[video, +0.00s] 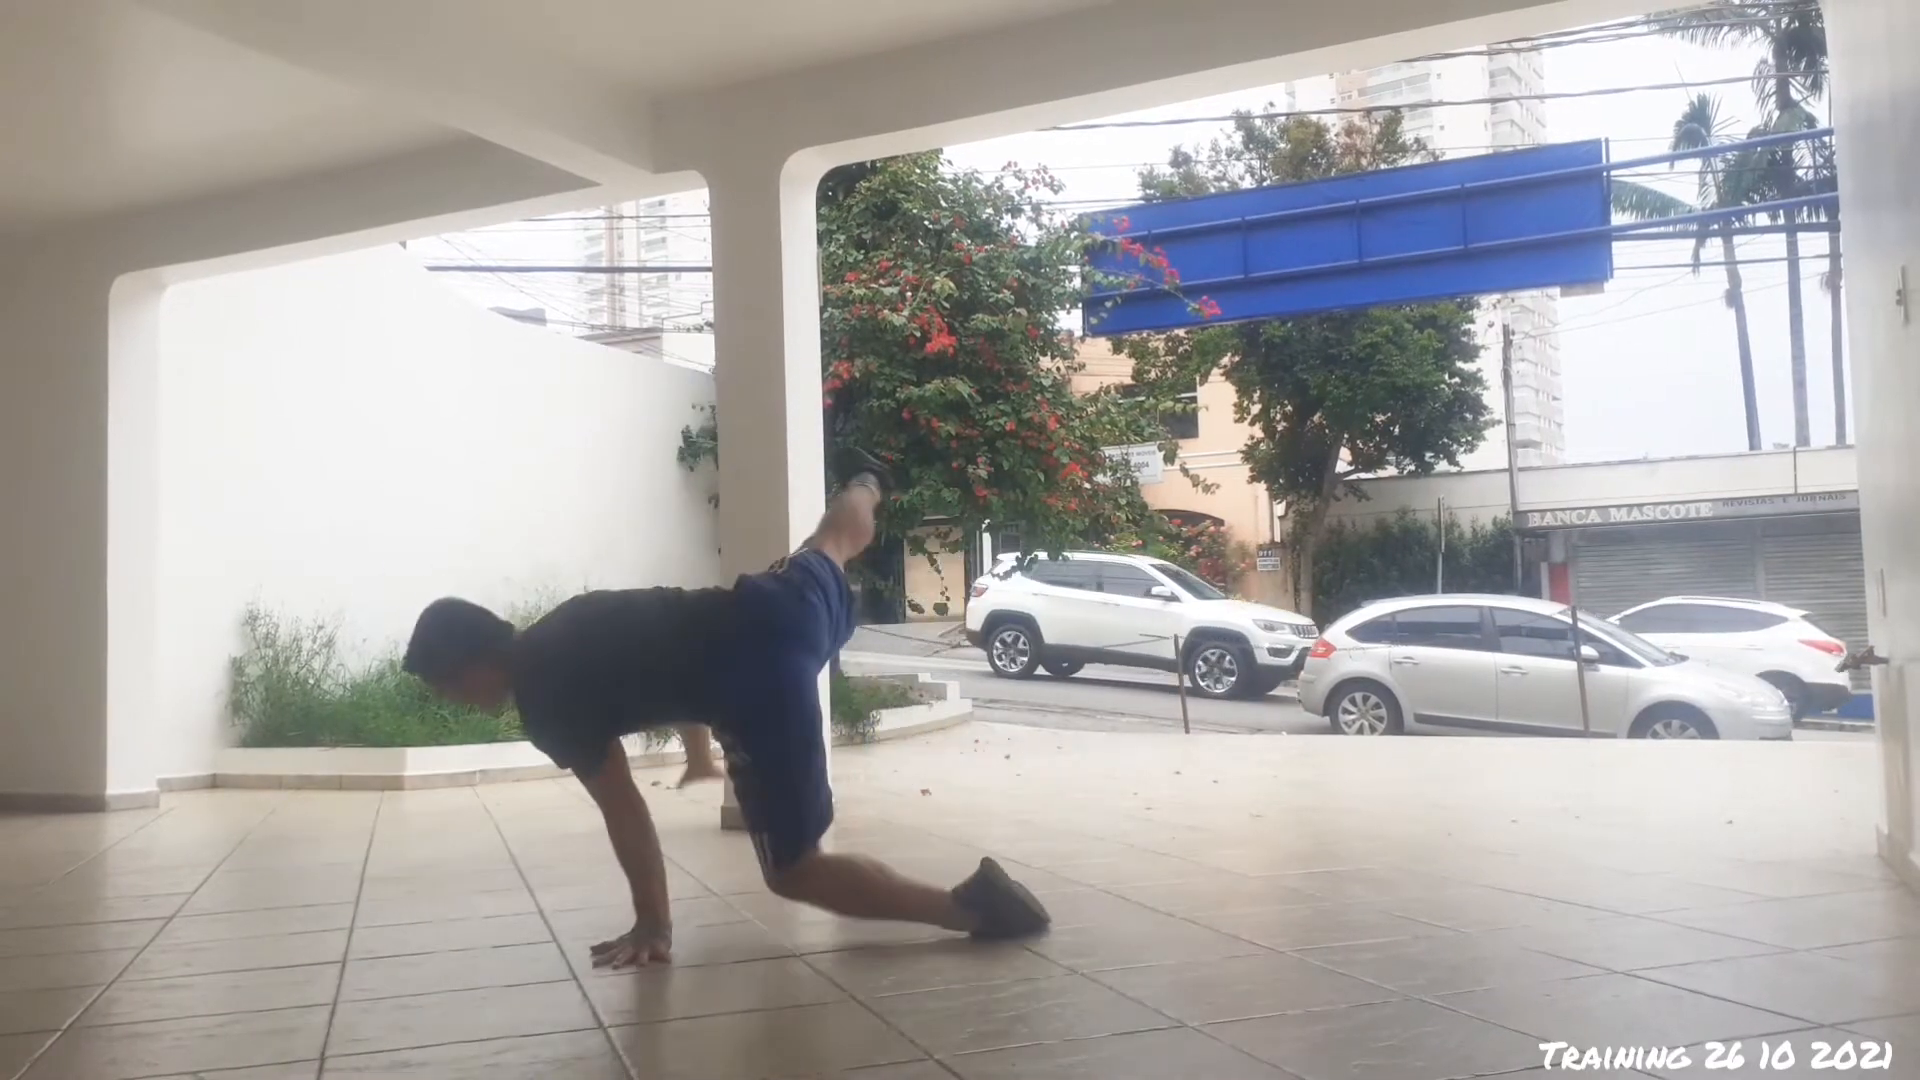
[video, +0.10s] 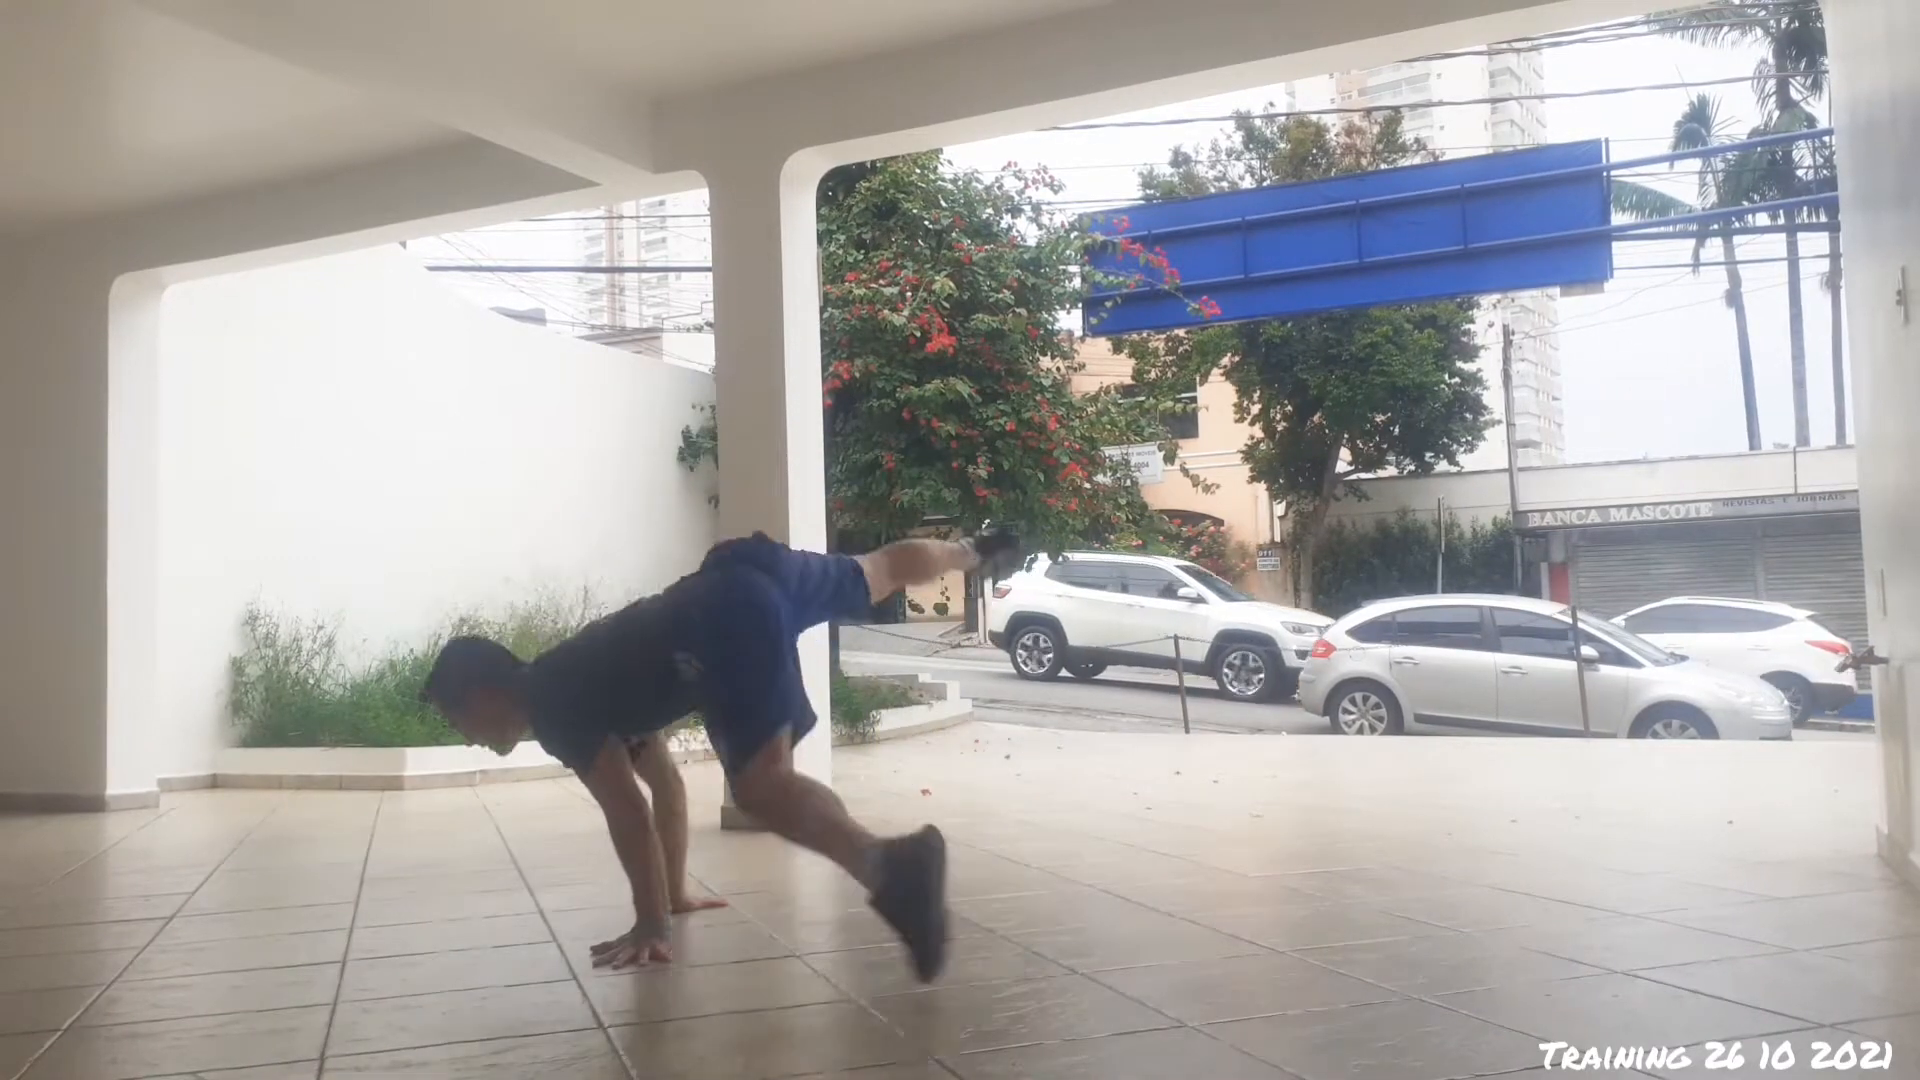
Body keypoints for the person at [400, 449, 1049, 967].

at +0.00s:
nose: (457, 705)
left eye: (448, 691)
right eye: (445, 696)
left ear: (469, 665)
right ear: (489, 630)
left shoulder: (544, 699)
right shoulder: (573, 617)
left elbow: (629, 813)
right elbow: (673, 653)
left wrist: (652, 929)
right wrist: (709, 754)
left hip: (758, 683)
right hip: (772, 604)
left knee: (793, 871)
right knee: (839, 540)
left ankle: (966, 909)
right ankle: (866, 490)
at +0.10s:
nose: (468, 734)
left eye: (460, 718)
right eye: (457, 724)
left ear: (489, 691)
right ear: (501, 675)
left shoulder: (553, 703)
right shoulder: (588, 673)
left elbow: (627, 806)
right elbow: (661, 784)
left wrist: (649, 924)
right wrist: (677, 889)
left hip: (729, 620)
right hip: (755, 570)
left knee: (760, 785)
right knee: (880, 571)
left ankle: (887, 865)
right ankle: (978, 553)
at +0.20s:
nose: (483, 753)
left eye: (477, 733)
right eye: (472, 740)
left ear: (501, 704)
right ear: (512, 698)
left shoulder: (558, 699)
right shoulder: (612, 695)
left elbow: (618, 812)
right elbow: (682, 784)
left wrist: (646, 925)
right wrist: (675, 890)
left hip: (716, 573)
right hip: (771, 581)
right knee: (906, 646)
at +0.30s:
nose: (491, 719)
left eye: (485, 703)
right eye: (484, 709)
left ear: (506, 677)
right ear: (525, 681)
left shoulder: (554, 675)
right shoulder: (625, 700)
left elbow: (584, 772)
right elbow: (677, 785)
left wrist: (608, 884)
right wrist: (672, 885)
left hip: (732, 570)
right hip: (784, 622)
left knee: (604, 557)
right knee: (880, 746)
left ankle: (460, 494)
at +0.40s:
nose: (507, 677)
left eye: (502, 661)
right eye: (499, 669)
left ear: (528, 631)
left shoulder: (566, 618)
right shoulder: (634, 704)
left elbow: (548, 632)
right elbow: (678, 792)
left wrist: (516, 740)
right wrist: (673, 892)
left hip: (740, 593)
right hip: (791, 663)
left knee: (586, 521)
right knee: (761, 814)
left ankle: (439, 427)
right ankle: (827, 895)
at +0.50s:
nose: (545, 639)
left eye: (546, 620)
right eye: (541, 624)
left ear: (576, 601)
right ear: (581, 612)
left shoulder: (628, 608)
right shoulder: (637, 682)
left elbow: (593, 546)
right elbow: (684, 785)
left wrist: (512, 534)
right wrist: (676, 890)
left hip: (724, 656)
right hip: (739, 753)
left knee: (581, 527)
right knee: (594, 866)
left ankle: (460, 416)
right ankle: (484, 951)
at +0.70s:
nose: (638, 591)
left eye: (645, 577)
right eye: (639, 577)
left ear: (675, 581)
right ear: (700, 586)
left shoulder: (679, 625)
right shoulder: (717, 657)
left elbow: (657, 701)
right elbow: (700, 794)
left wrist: (548, 709)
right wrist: (674, 894)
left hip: (560, 793)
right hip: (559, 841)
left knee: (560, 601)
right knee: (470, 794)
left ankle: (557, 421)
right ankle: (416, 791)